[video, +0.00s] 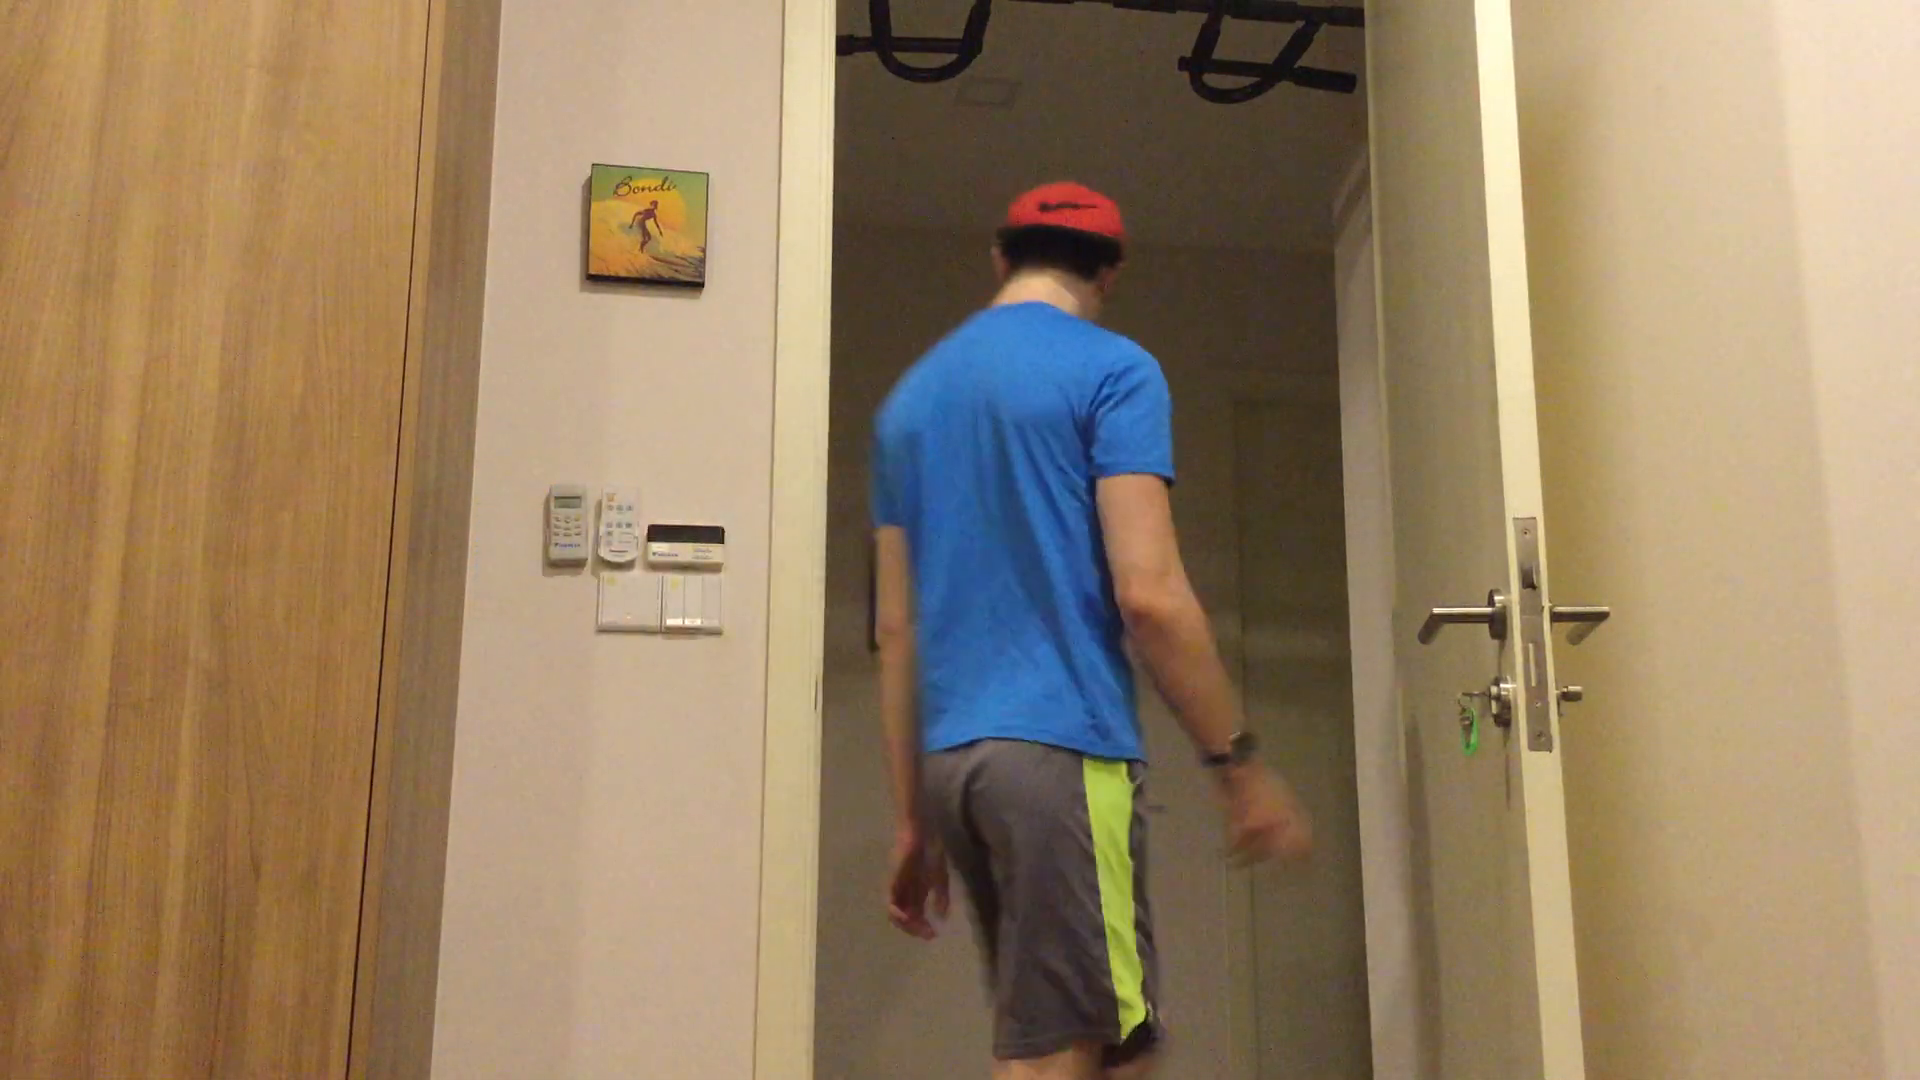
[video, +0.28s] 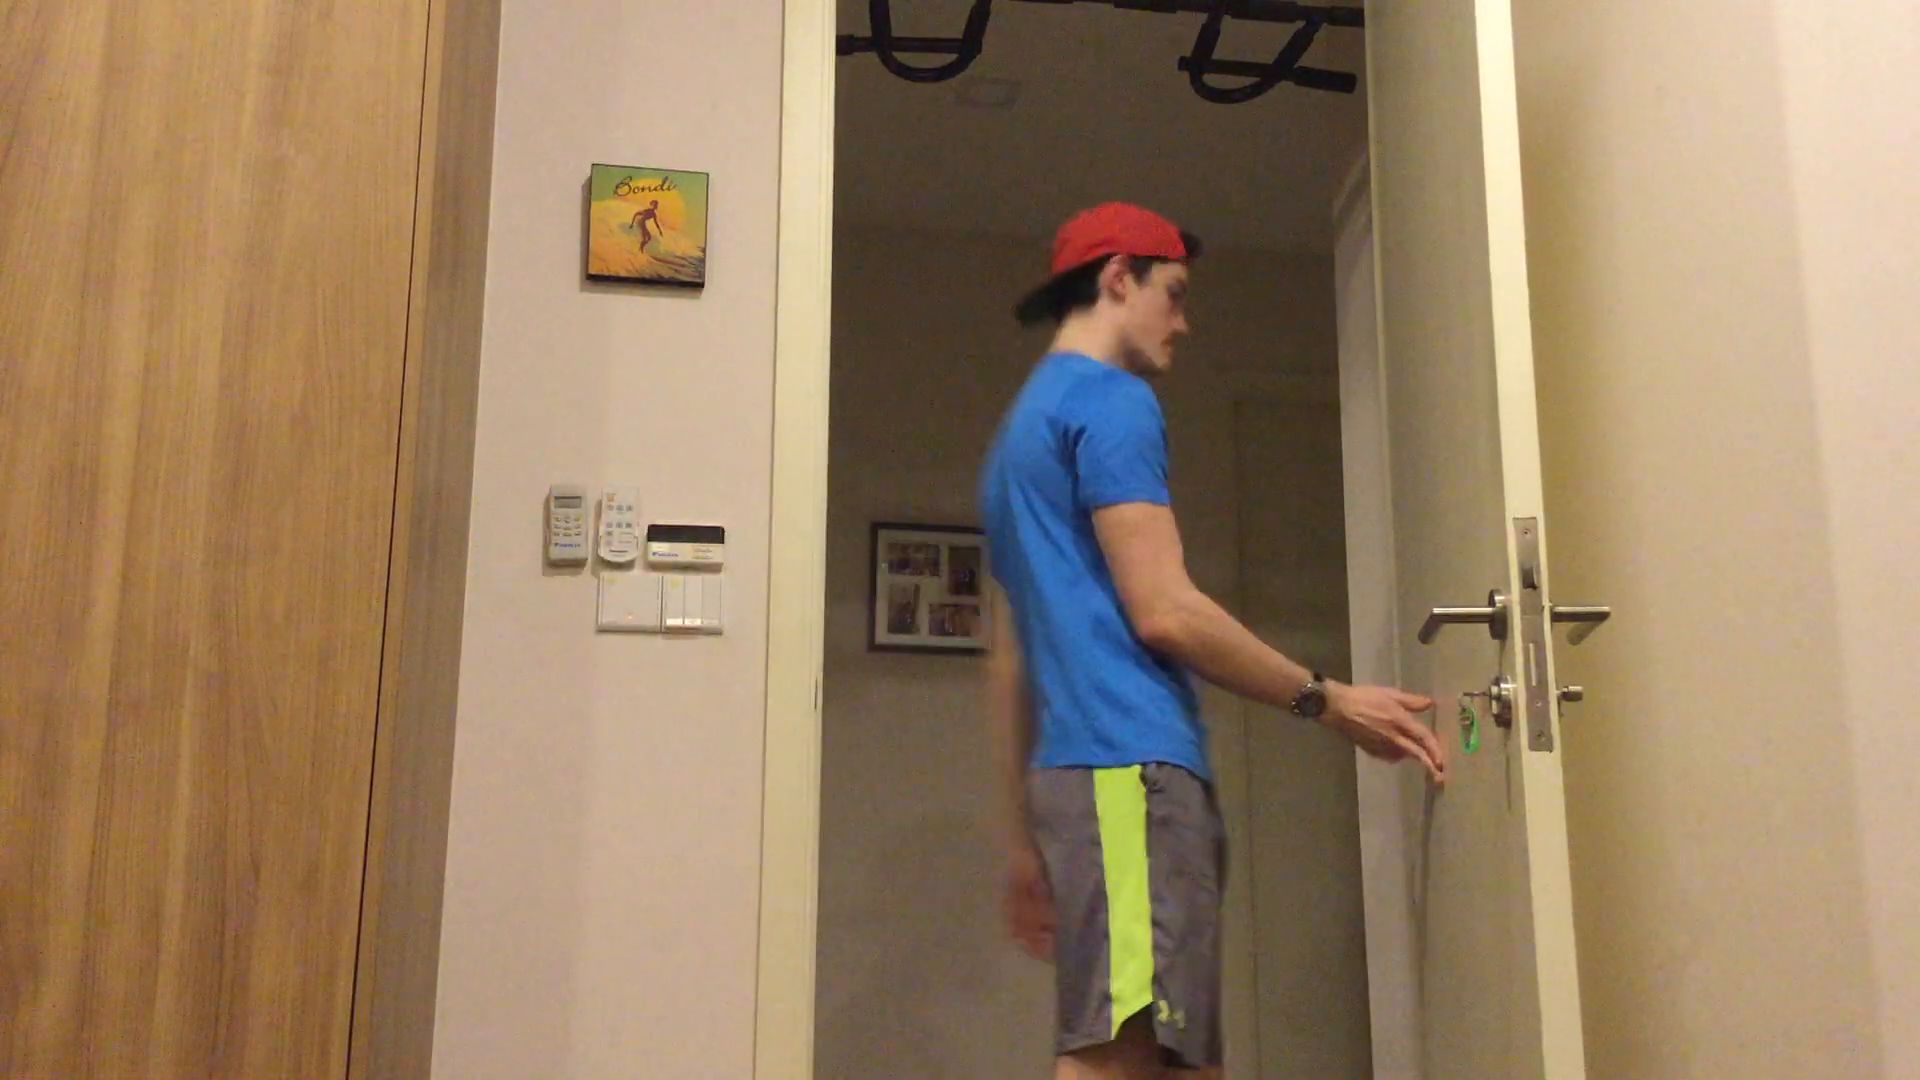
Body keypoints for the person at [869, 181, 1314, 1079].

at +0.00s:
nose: (1107, 293)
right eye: (1110, 278)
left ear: (1001, 261)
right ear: (1106, 274)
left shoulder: (909, 398)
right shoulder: (1111, 366)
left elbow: (895, 634)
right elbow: (1148, 593)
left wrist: (912, 816)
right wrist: (1240, 765)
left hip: (952, 766)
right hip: (1060, 759)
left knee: (1119, 1045)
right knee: (1047, 1054)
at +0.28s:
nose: (1183, 324)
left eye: (1184, 299)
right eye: (1173, 293)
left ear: (1109, 287)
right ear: (1118, 282)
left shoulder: (1023, 427)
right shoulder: (1106, 398)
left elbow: (1008, 656)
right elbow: (1163, 609)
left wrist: (1024, 835)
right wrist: (1329, 700)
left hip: (1086, 771)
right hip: (1127, 770)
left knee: (1168, 1054)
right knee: (1116, 1051)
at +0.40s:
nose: (1194, 313)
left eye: (1195, 293)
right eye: (1173, 289)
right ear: (1106, 296)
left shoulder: (1091, 413)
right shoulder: (1112, 415)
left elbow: (1174, 619)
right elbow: (1169, 614)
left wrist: (1336, 701)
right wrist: (1333, 699)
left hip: (1141, 765)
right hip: (1139, 767)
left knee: (1166, 1046)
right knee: (1152, 1047)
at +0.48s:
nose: (1197, 310)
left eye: (1201, 293)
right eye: (1171, 291)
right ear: (1110, 308)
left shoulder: (1115, 421)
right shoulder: (1121, 420)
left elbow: (1156, 647)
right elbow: (1175, 611)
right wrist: (1339, 696)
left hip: (1140, 763)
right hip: (1136, 763)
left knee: (1161, 1044)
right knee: (1169, 1043)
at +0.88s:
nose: (1160, 333)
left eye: (1174, 317)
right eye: (1134, 323)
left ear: (1196, 338)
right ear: (1102, 351)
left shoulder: (1233, 504)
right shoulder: (1082, 464)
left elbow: (1230, 681)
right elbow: (1089, 635)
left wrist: (1236, 836)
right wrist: (1191, 760)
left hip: (1197, 804)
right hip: (1090, 799)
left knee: (1184, 1056)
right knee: (1081, 1052)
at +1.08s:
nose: (1108, 351)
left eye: (1126, 333)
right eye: (1085, 340)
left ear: (1153, 352)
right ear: (1063, 368)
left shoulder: (1209, 513)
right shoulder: (1031, 492)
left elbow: (1224, 685)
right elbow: (1010, 669)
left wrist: (1248, 840)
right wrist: (1034, 815)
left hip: (1181, 823)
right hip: (1064, 818)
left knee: (1182, 1061)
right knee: (1045, 1058)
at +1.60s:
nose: (1052, 389)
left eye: (1070, 365)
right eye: (1032, 370)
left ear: (1107, 361)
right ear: (1014, 374)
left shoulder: (1176, 496)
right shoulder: (980, 504)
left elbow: (1191, 668)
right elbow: (953, 659)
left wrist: (1181, 826)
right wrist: (903, 717)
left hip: (1116, 811)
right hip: (995, 805)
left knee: (1121, 1053)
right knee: (998, 1047)